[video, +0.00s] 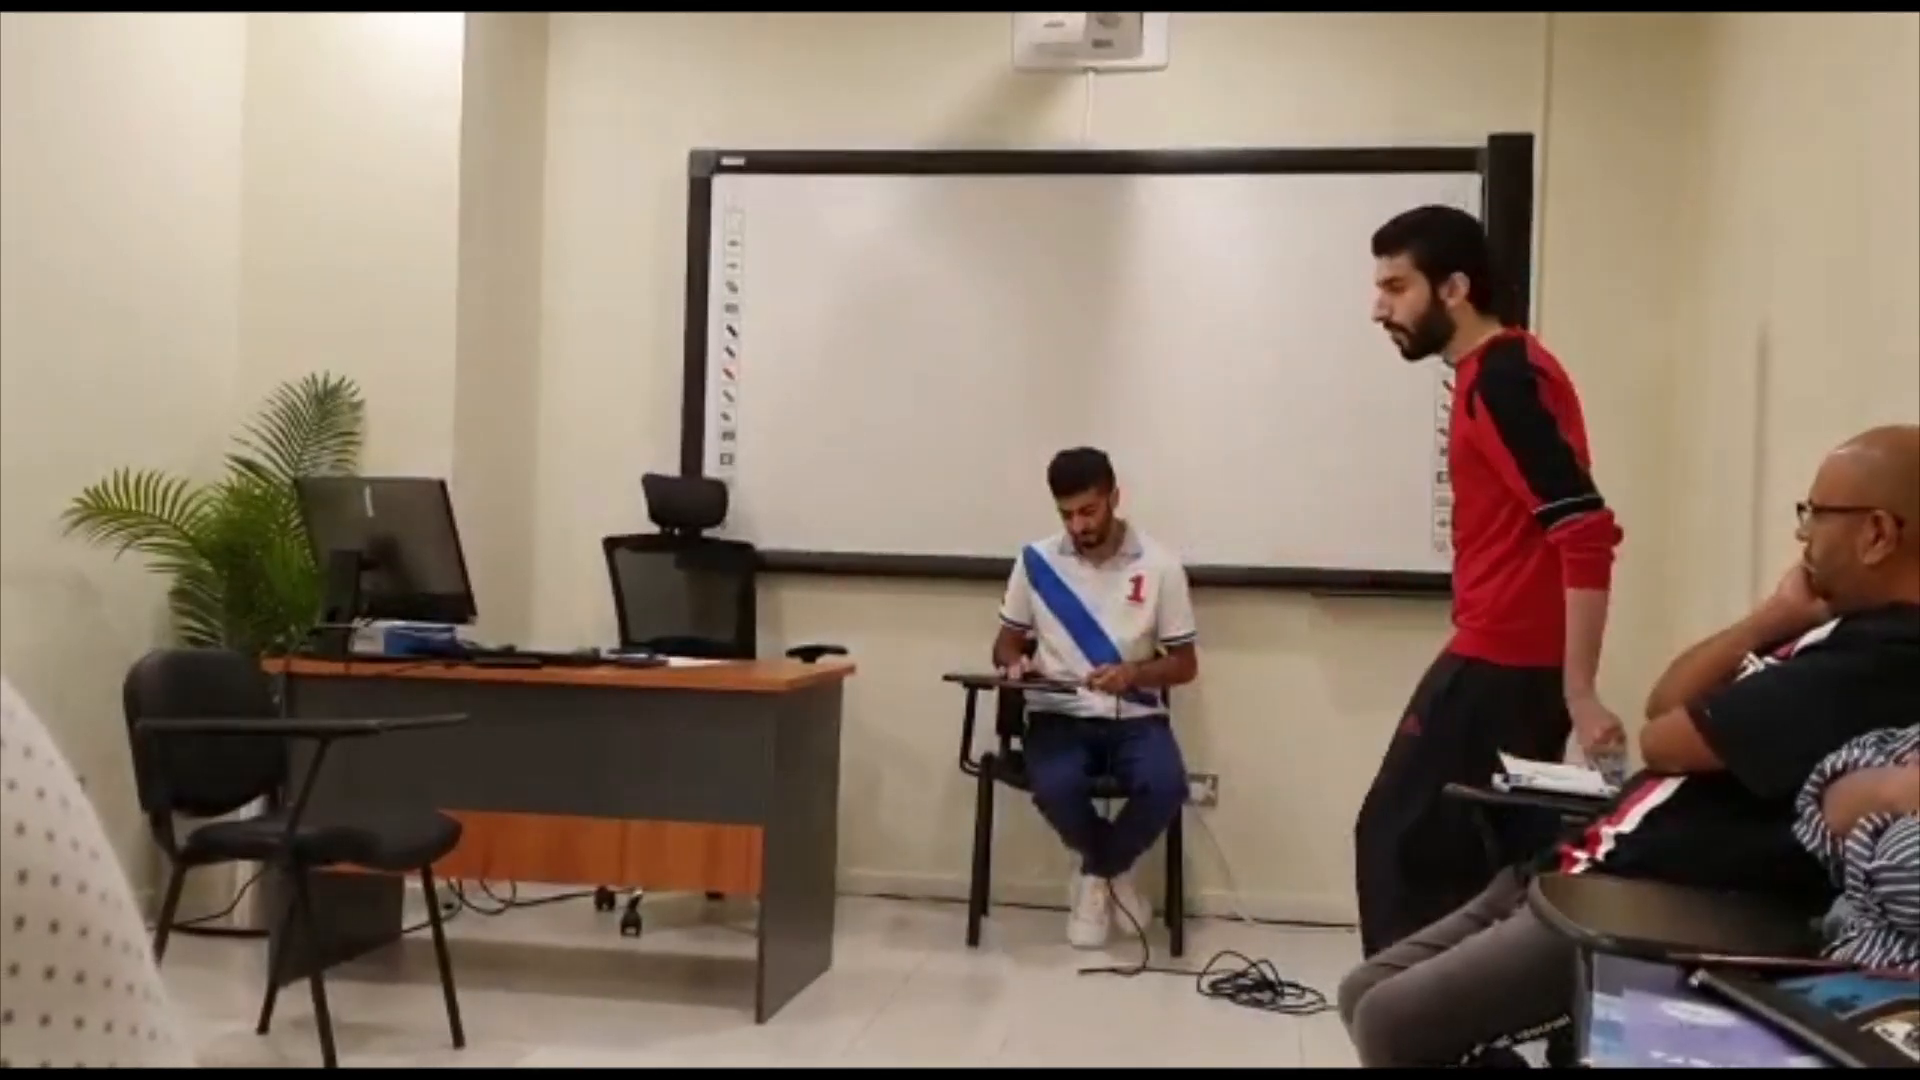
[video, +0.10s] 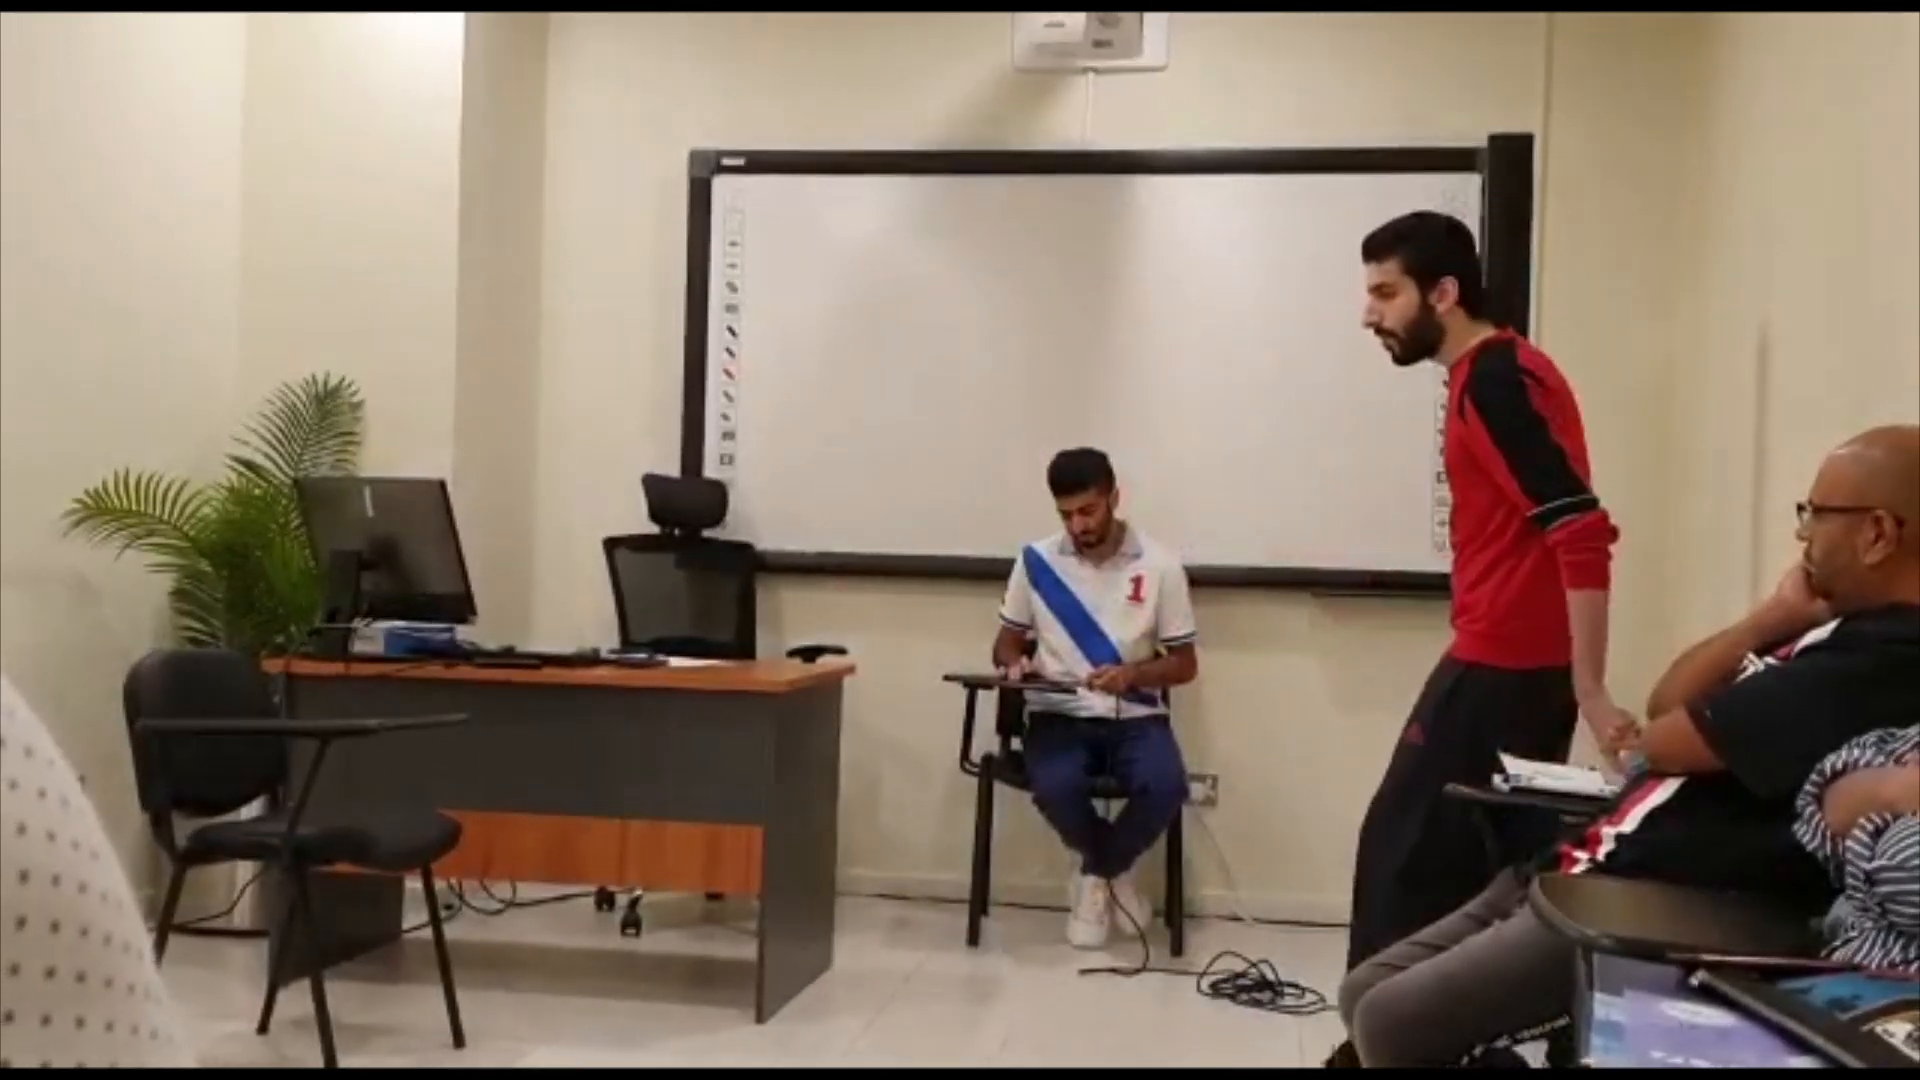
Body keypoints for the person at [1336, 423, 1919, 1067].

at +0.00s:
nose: (1800, 538)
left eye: (1813, 517)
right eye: (1804, 516)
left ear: (1880, 534)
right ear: (1880, 534)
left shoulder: (1882, 654)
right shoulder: (1854, 629)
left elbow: (1664, 745)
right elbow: (1665, 703)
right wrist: (1779, 614)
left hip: (1638, 907)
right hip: (1589, 866)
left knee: (1389, 1024)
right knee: (1364, 990)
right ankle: (1488, 1062)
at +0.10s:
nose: (1800, 538)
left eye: (1812, 517)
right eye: (1804, 517)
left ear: (1880, 534)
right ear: (1880, 535)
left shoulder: (1882, 653)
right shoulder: (1857, 629)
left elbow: (1668, 743)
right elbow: (1668, 703)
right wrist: (1781, 614)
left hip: (1641, 906)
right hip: (1592, 865)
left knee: (1387, 1023)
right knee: (1366, 989)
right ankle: (1476, 1064)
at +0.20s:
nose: (1800, 539)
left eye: (1812, 518)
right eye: (1804, 518)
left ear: (1880, 534)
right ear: (1880, 535)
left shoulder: (1882, 654)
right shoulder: (1858, 629)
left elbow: (1668, 744)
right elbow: (1668, 704)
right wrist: (1782, 614)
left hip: (1640, 907)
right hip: (1592, 864)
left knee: (1387, 1022)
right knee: (1366, 990)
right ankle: (1472, 1062)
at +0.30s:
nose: (1799, 538)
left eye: (1812, 517)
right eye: (1804, 517)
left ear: (1880, 535)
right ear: (1880, 535)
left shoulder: (1882, 654)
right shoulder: (1857, 629)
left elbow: (1668, 746)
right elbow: (1666, 705)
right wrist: (1781, 614)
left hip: (1638, 907)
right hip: (1588, 865)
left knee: (1386, 1023)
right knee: (1365, 990)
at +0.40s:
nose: (1800, 537)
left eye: (1813, 517)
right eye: (1804, 516)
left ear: (1880, 534)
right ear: (1880, 535)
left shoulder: (1882, 654)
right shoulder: (1856, 630)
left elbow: (1667, 745)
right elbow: (1665, 705)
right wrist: (1781, 614)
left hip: (1635, 909)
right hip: (1585, 866)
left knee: (1387, 1023)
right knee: (1366, 989)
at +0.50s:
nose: (1800, 536)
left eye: (1813, 516)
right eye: (1805, 515)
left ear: (1880, 535)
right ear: (1880, 535)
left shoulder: (1880, 655)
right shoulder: (1857, 630)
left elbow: (1667, 744)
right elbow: (1666, 706)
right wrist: (1781, 614)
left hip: (1631, 910)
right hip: (1582, 867)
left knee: (1388, 1023)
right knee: (1367, 991)